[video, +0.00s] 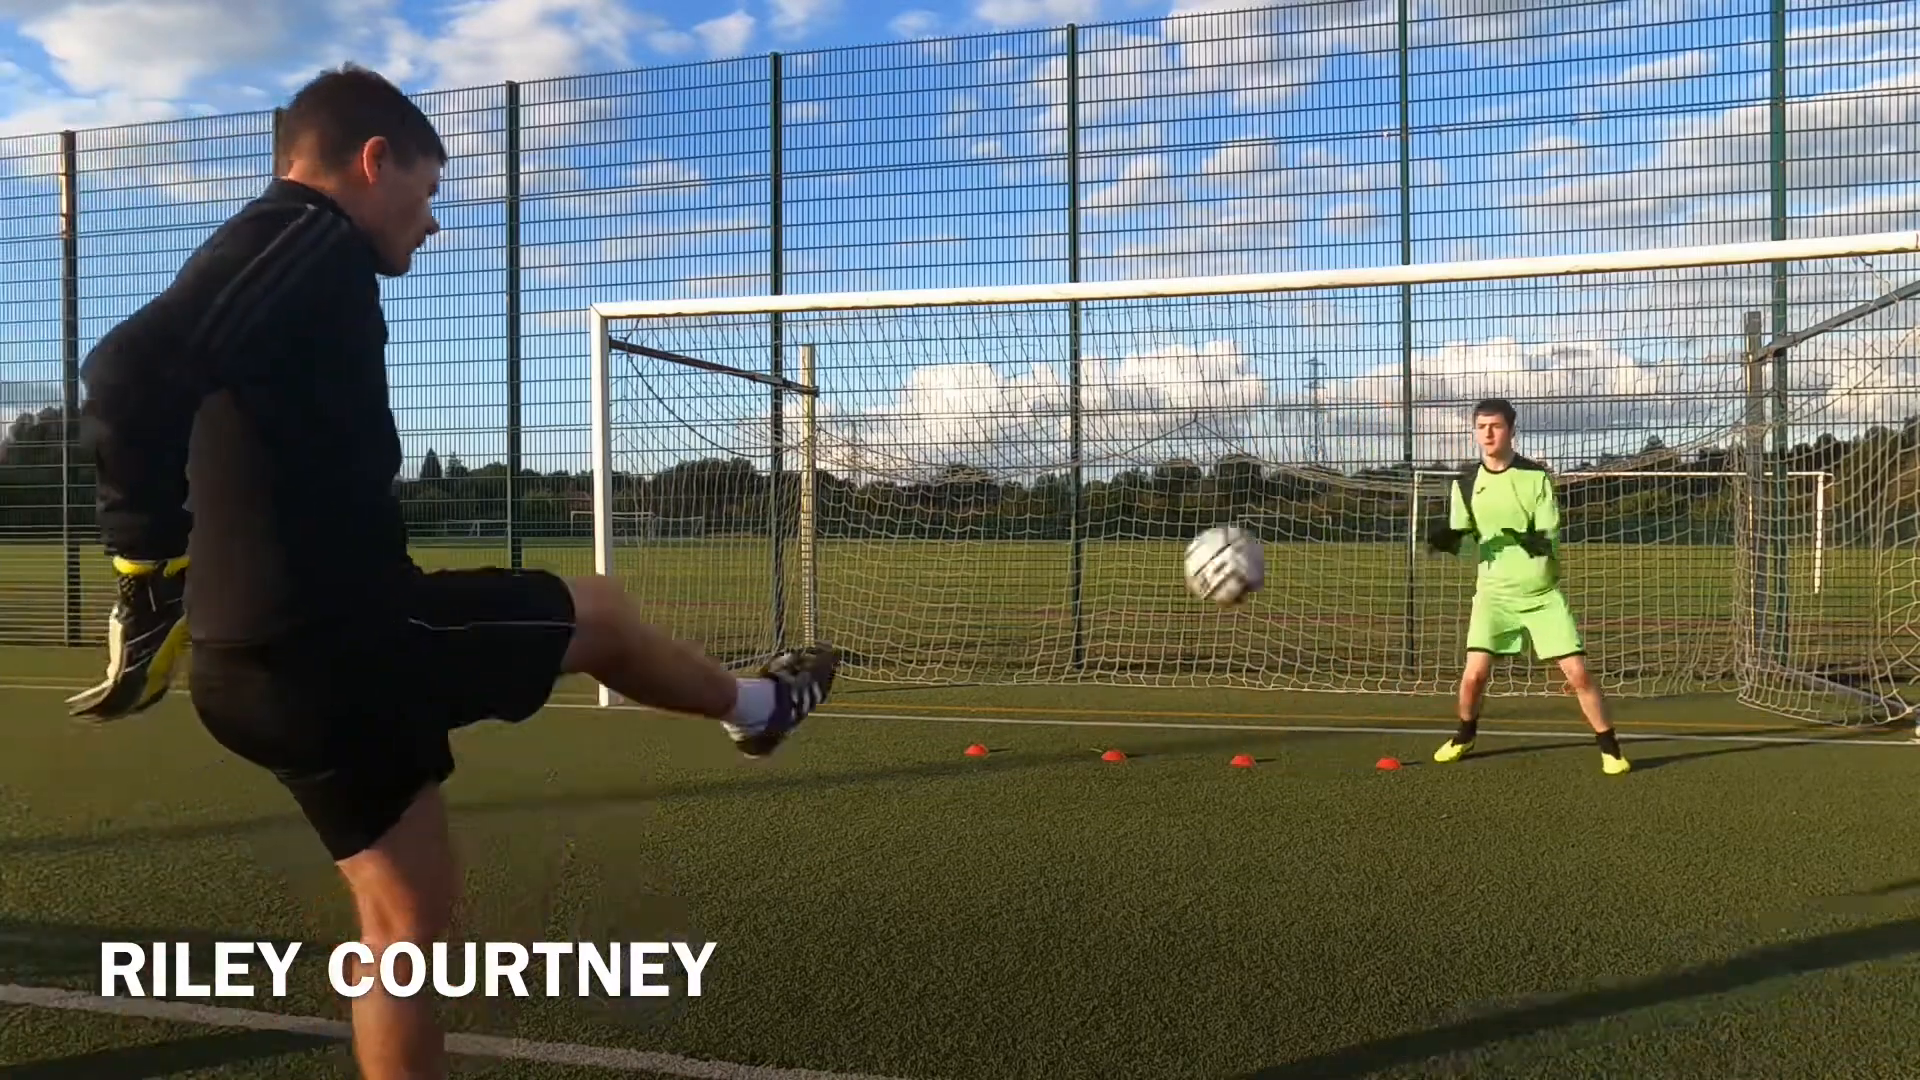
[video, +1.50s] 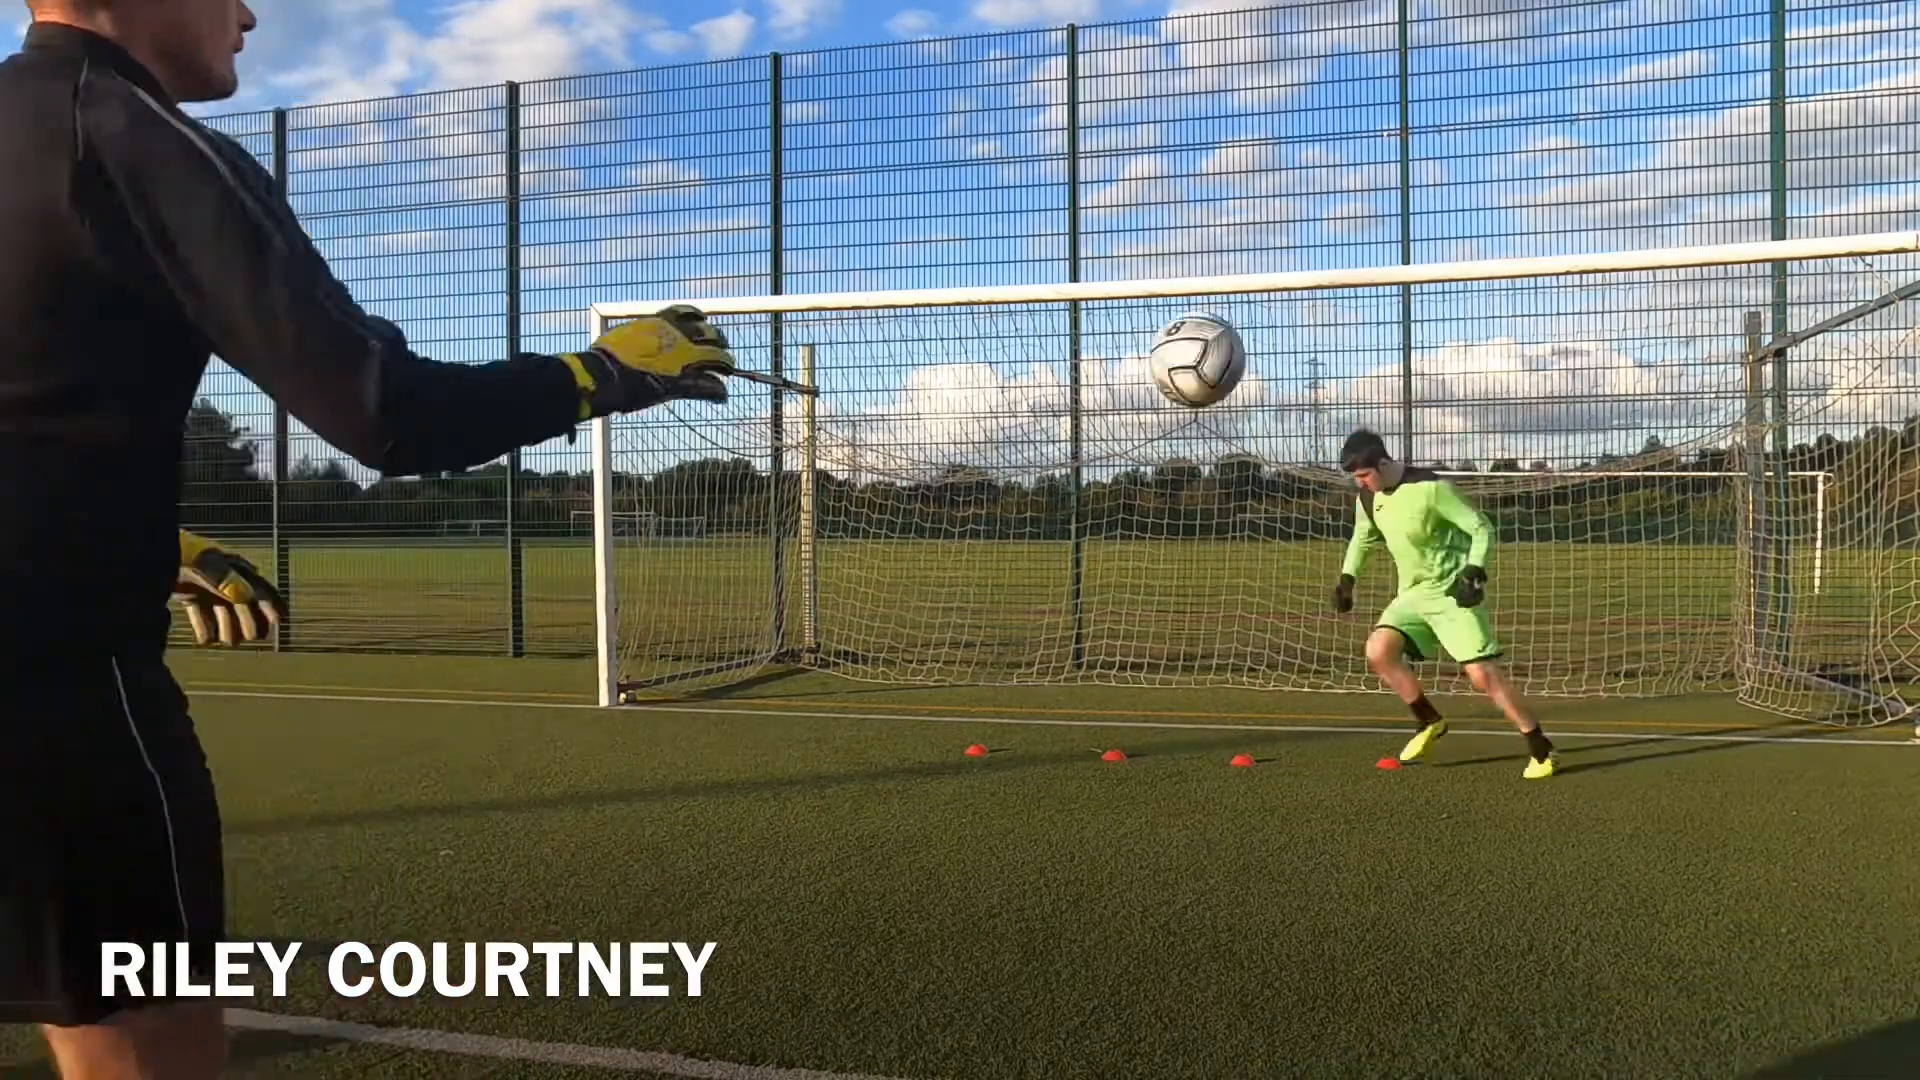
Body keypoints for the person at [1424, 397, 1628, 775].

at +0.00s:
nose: (1489, 434)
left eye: (1496, 426)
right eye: (1482, 427)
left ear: (1511, 431)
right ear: (1475, 433)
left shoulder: (1537, 478)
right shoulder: (1466, 482)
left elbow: (1549, 539)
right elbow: (1460, 539)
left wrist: (1534, 541)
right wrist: (1446, 540)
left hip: (1541, 594)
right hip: (1491, 597)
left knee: (1578, 674)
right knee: (1474, 675)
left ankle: (1609, 747)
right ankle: (1465, 736)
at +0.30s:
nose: (1535, 416)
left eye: (1544, 409)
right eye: (1529, 409)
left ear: (1556, 411)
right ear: (1518, 411)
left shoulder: (1563, 462)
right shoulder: (1505, 454)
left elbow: (1571, 503)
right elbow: (1486, 455)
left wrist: (1571, 452)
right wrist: (1526, 437)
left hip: (1548, 583)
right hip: (1497, 582)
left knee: (1578, 665)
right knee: (1477, 665)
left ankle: (1609, 748)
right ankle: (1462, 738)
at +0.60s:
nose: (1486, 441)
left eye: (1493, 433)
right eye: (1481, 434)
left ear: (1511, 429)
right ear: (1477, 436)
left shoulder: (1547, 468)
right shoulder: (1481, 471)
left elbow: (1567, 529)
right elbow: (1478, 521)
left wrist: (1527, 540)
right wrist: (1475, 539)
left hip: (1556, 584)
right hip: (1508, 582)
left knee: (1578, 664)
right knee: (1486, 656)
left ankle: (1609, 748)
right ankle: (1467, 739)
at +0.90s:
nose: (1416, 469)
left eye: (1422, 460)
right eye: (1408, 464)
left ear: (1438, 458)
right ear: (1404, 472)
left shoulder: (1482, 491)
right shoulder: (1428, 505)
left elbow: (1538, 501)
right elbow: (1442, 532)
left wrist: (1535, 547)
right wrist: (1431, 561)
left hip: (1521, 588)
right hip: (1476, 592)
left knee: (1553, 665)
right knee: (1455, 662)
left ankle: (1601, 746)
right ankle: (1464, 739)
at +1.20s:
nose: (1378, 463)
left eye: (1381, 455)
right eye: (1373, 458)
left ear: (1399, 442)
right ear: (1372, 455)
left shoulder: (1451, 460)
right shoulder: (1387, 484)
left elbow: (1502, 484)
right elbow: (1399, 537)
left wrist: (1504, 528)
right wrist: (1417, 510)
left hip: (1487, 567)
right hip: (1444, 576)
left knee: (1511, 649)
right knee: (1448, 659)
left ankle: (1545, 734)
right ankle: (1461, 737)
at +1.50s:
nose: (1360, 483)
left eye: (1364, 474)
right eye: (1355, 477)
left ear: (1383, 462)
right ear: (1355, 474)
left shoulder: (1431, 489)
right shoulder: (1367, 498)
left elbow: (1481, 528)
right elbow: (1363, 537)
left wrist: (1474, 571)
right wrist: (1346, 579)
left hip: (1452, 592)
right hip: (1410, 597)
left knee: (1482, 674)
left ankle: (1542, 749)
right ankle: (1430, 721)